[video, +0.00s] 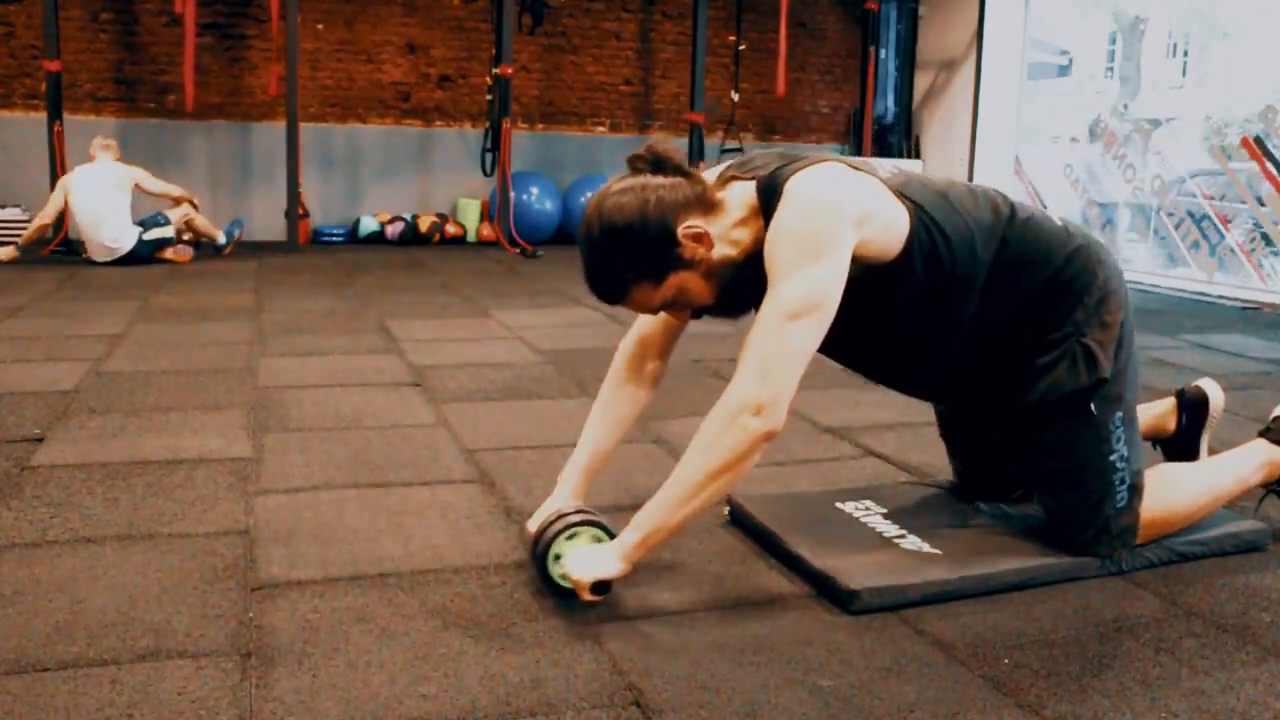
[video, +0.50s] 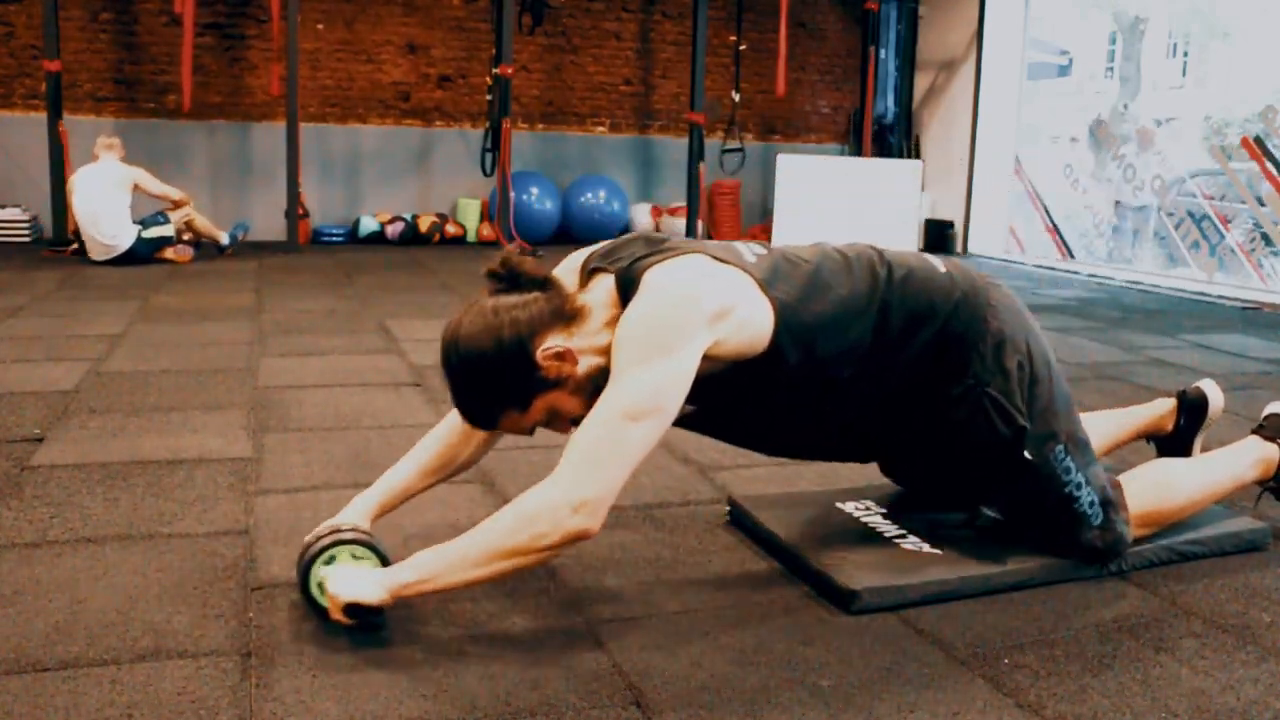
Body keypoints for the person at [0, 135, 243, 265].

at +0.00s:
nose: (111, 148)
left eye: (106, 147)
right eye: (112, 148)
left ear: (90, 155)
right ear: (116, 155)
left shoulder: (70, 178)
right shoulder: (127, 170)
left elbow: (44, 221)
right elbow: (172, 193)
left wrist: (16, 248)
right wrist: (192, 199)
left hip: (96, 256)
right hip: (129, 248)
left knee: (140, 235)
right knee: (184, 210)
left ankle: (169, 252)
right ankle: (222, 238)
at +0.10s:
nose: (112, 150)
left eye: (107, 148)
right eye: (113, 149)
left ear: (91, 155)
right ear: (116, 155)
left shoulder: (69, 179)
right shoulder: (127, 171)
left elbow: (52, 223)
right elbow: (171, 192)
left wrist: (38, 248)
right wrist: (189, 198)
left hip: (97, 257)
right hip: (129, 248)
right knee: (185, 210)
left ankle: (170, 251)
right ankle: (222, 239)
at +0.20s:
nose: (115, 158)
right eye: (117, 154)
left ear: (90, 156)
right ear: (118, 155)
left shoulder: (70, 180)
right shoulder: (129, 171)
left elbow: (56, 227)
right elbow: (177, 194)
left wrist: (49, 238)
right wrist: (191, 200)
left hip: (97, 256)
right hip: (130, 247)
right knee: (186, 210)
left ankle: (170, 251)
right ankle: (222, 238)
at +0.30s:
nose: (117, 158)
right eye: (117, 154)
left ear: (91, 155)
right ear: (118, 154)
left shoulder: (72, 180)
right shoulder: (128, 171)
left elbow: (63, 225)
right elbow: (178, 194)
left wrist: (58, 242)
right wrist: (190, 201)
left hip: (97, 256)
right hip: (129, 249)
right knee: (186, 210)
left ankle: (169, 252)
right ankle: (222, 239)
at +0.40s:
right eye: (119, 151)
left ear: (92, 156)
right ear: (119, 154)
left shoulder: (74, 179)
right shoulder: (128, 171)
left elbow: (69, 225)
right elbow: (176, 194)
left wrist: (72, 244)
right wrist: (188, 202)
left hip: (96, 256)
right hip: (127, 249)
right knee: (185, 211)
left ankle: (168, 252)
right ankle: (223, 239)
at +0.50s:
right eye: (121, 154)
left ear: (94, 154)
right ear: (121, 154)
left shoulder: (75, 178)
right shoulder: (129, 172)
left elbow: (72, 225)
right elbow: (173, 195)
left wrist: (76, 242)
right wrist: (186, 203)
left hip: (96, 255)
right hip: (128, 247)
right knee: (185, 211)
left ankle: (169, 253)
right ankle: (224, 239)